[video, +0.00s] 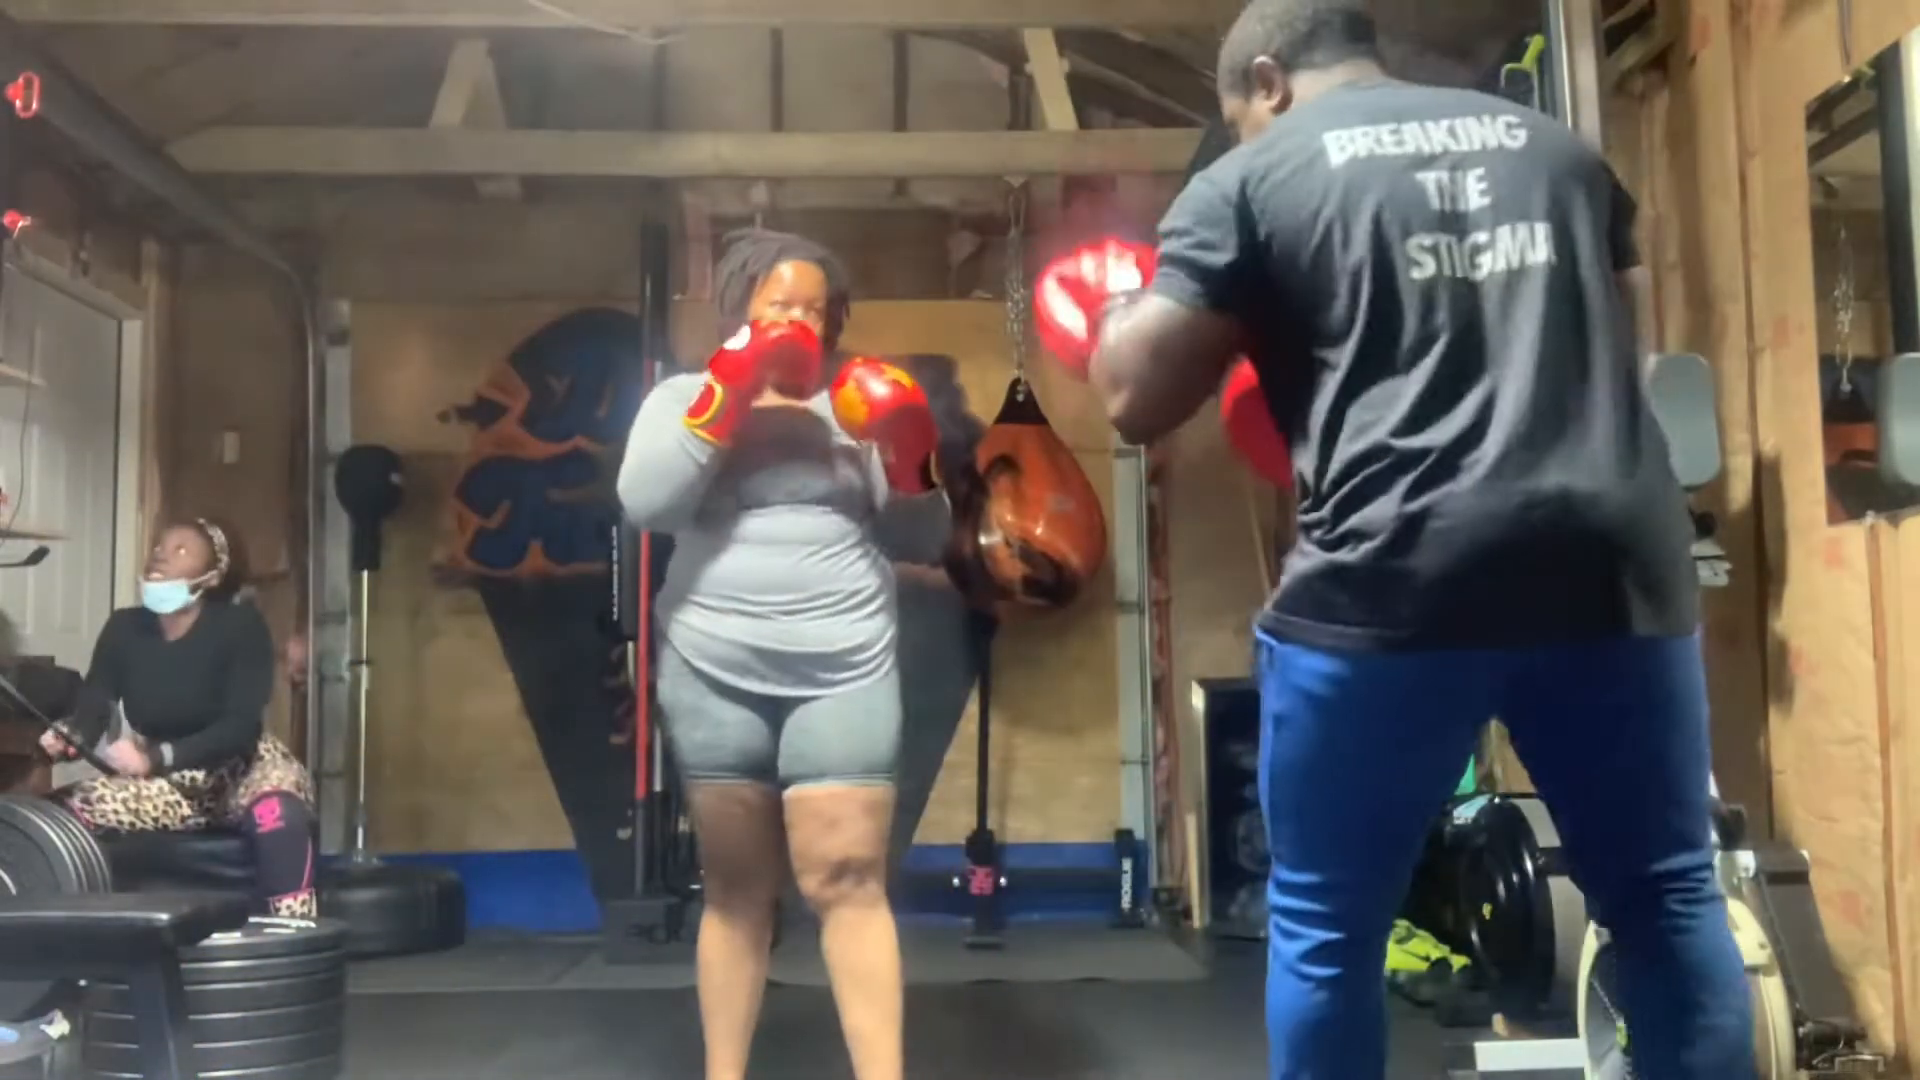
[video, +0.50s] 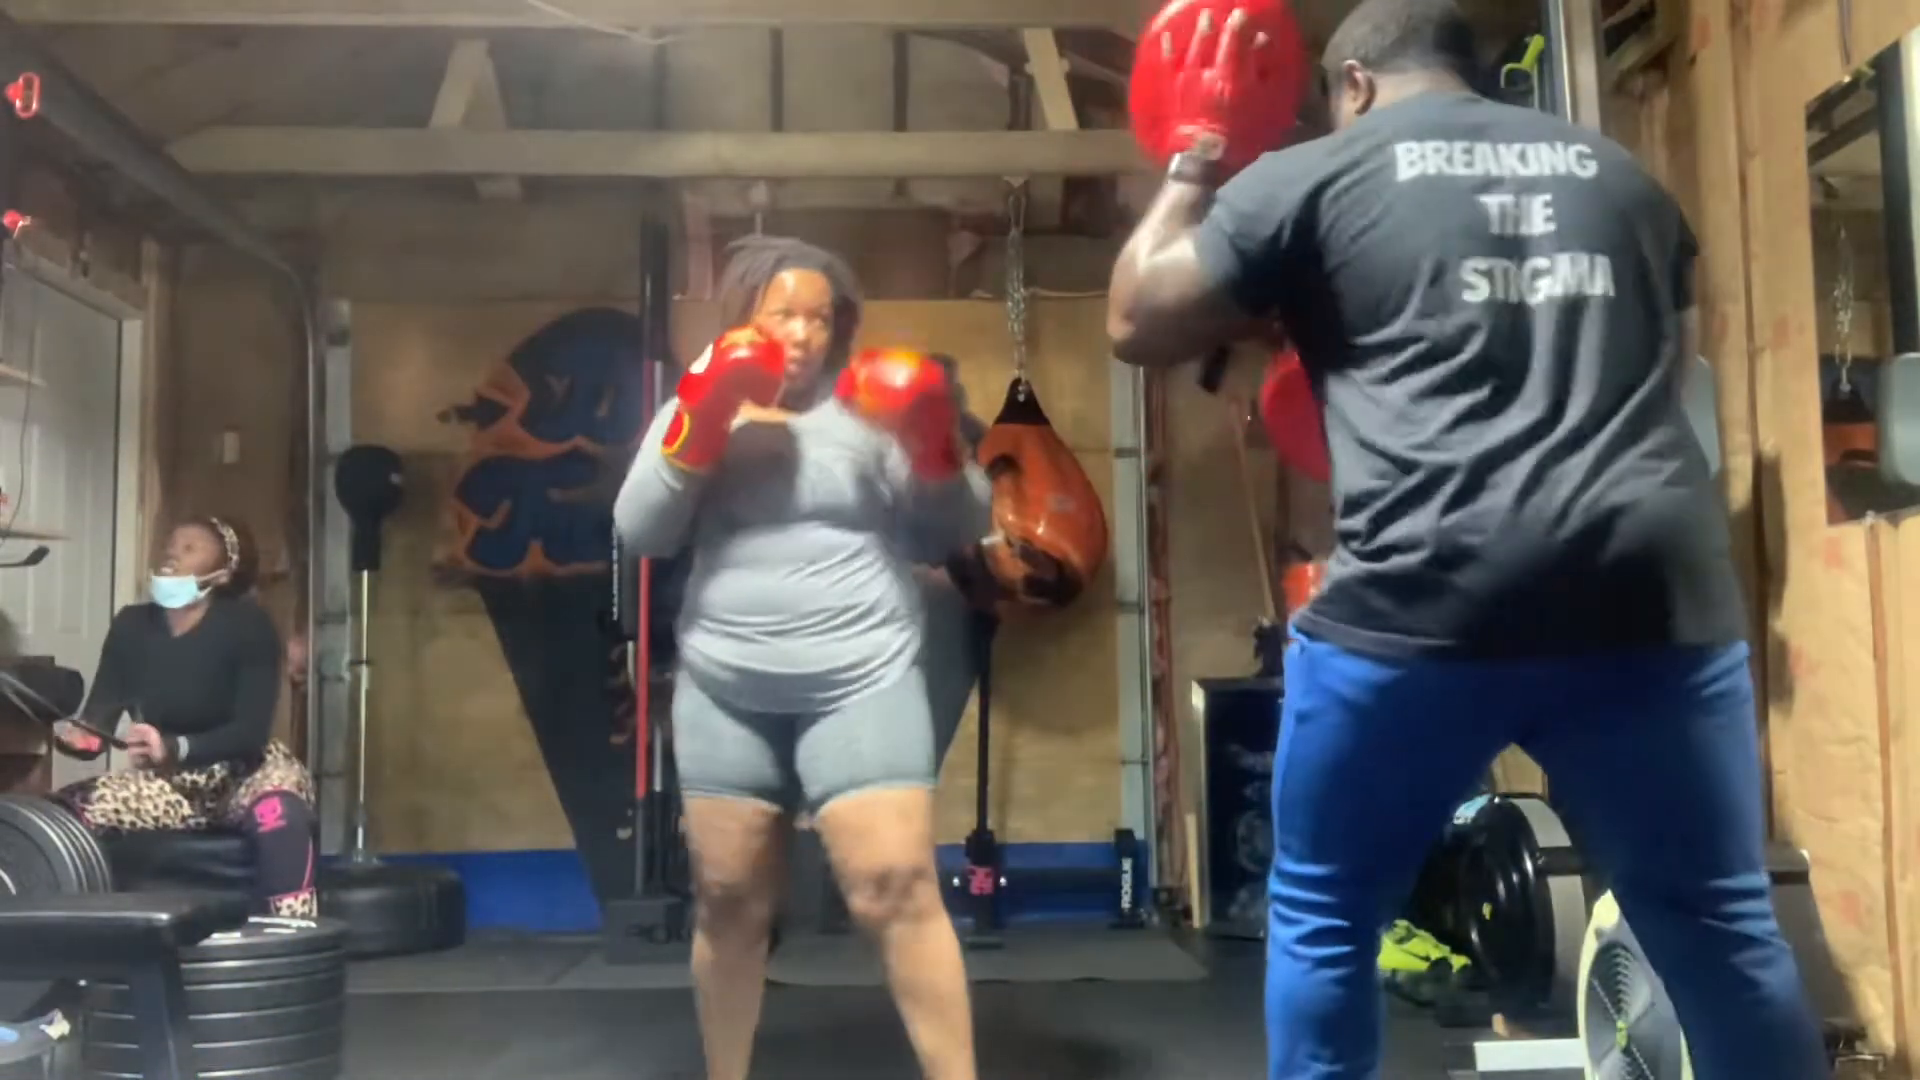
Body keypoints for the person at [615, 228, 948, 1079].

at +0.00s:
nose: (798, 326)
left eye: (813, 312)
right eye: (781, 309)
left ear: (834, 324)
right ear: (737, 312)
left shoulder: (861, 410)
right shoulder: (684, 399)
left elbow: (920, 542)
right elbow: (643, 502)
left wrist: (908, 455)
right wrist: (728, 394)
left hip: (847, 667)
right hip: (713, 667)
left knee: (847, 881)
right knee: (735, 892)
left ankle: (883, 1075)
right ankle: (725, 1075)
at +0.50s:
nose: (804, 335)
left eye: (821, 319)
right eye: (785, 316)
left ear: (841, 330)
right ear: (744, 324)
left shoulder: (875, 411)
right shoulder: (699, 411)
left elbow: (954, 534)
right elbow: (640, 534)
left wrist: (929, 432)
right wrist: (702, 422)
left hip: (863, 680)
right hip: (722, 685)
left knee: (896, 886)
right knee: (725, 897)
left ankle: (955, 1075)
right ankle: (725, 1075)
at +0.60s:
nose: (814, 309)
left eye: (832, 293)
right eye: (795, 290)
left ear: (858, 307)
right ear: (752, 299)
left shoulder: (901, 379)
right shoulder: (721, 394)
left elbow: (1013, 435)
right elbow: (649, 506)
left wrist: (998, 330)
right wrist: (717, 389)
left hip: (883, 674)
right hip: (745, 675)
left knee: (902, 889)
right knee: (746, 900)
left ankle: (955, 1074)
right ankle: (730, 1072)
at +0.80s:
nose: (864, 326)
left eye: (883, 311)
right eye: (847, 306)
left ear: (905, 322)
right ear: (805, 307)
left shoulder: (936, 392)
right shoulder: (745, 390)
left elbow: (1050, 474)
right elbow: (698, 528)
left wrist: (1045, 411)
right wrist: (782, 432)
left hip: (922, 679)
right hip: (777, 680)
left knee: (947, 898)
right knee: (764, 912)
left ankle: (967, 1072)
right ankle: (735, 1072)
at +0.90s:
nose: (899, 354)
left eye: (914, 334)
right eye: (877, 334)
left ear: (934, 343)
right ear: (831, 340)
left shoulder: (973, 434)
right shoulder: (780, 429)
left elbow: (1029, 573)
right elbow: (722, 586)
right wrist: (801, 524)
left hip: (935, 713)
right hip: (784, 709)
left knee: (969, 920)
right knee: (742, 939)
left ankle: (974, 1074)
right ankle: (704, 1062)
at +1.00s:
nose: (920, 395)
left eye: (934, 374)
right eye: (897, 375)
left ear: (952, 380)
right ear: (850, 382)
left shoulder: (994, 467)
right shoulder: (798, 471)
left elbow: (1034, 596)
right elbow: (747, 634)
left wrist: (1057, 574)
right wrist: (831, 583)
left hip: (939, 742)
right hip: (779, 734)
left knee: (998, 933)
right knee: (730, 928)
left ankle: (979, 1076)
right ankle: (628, 1070)